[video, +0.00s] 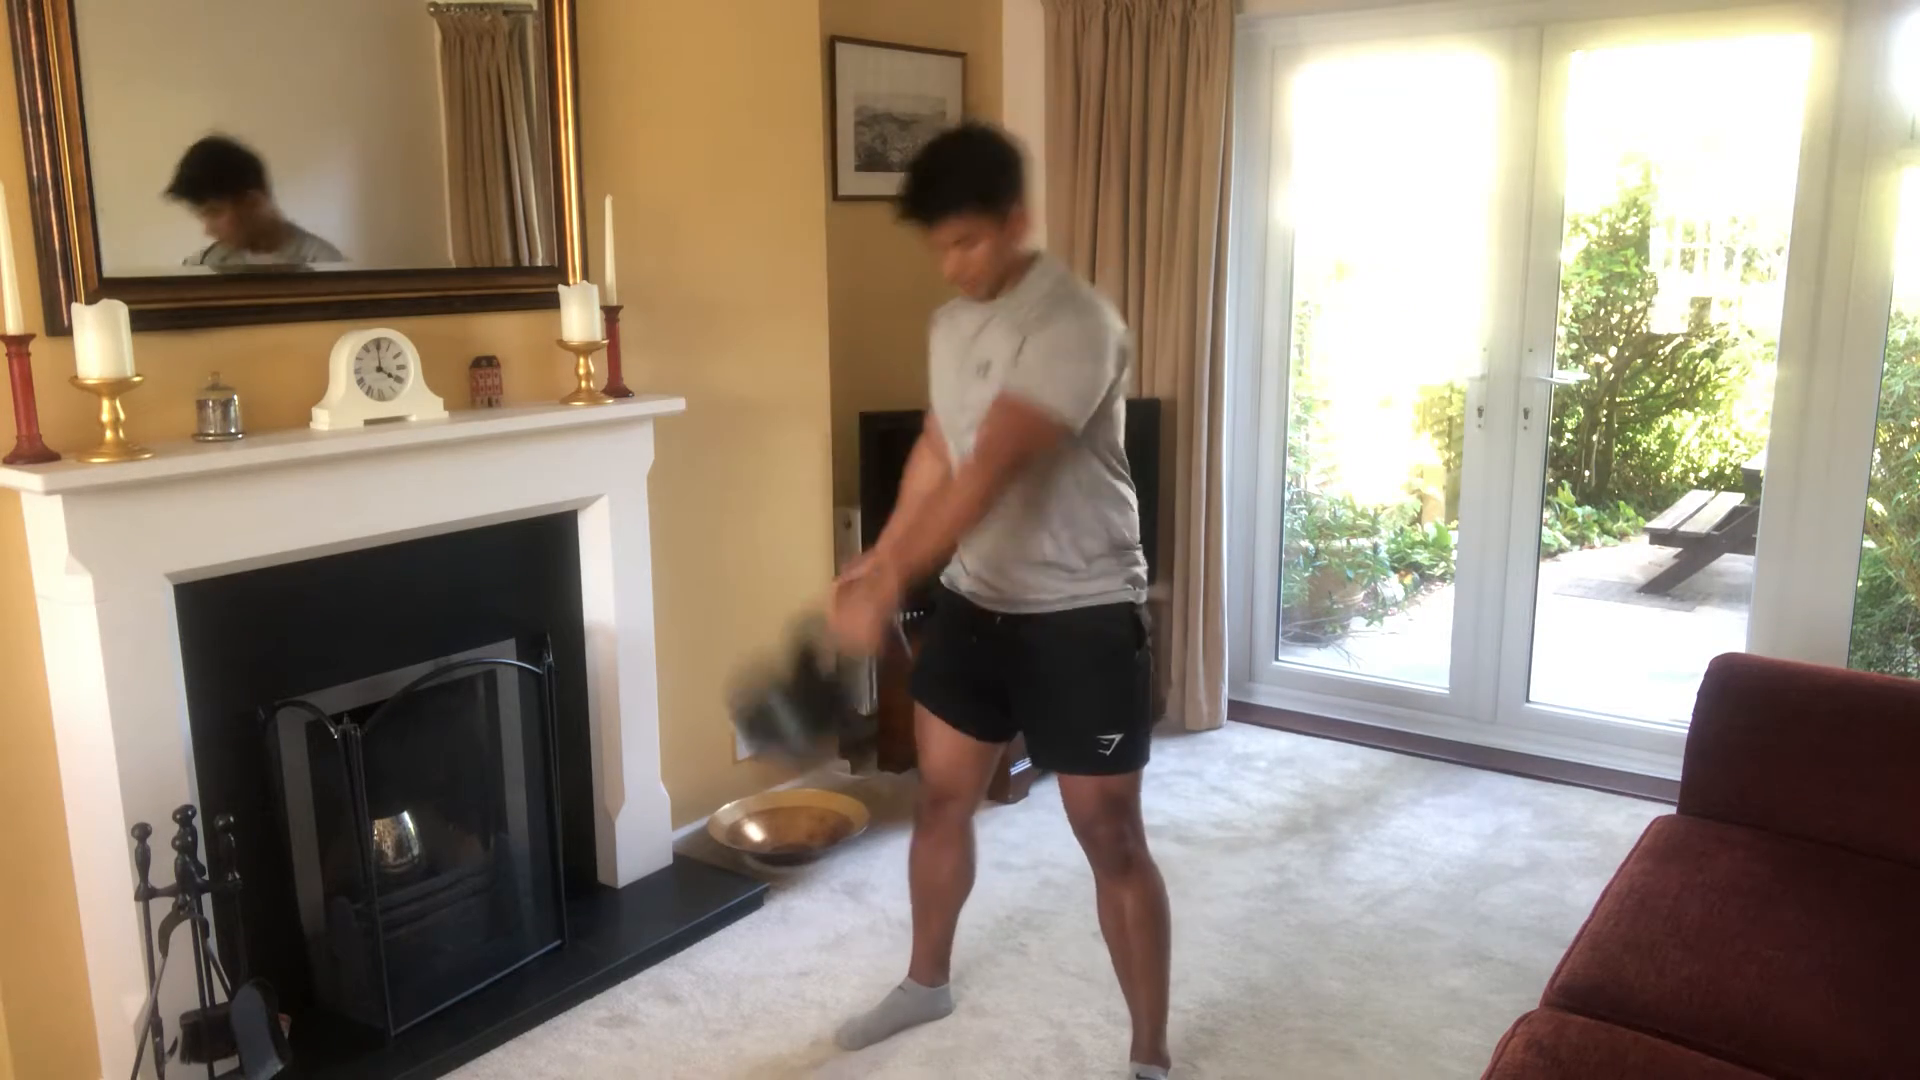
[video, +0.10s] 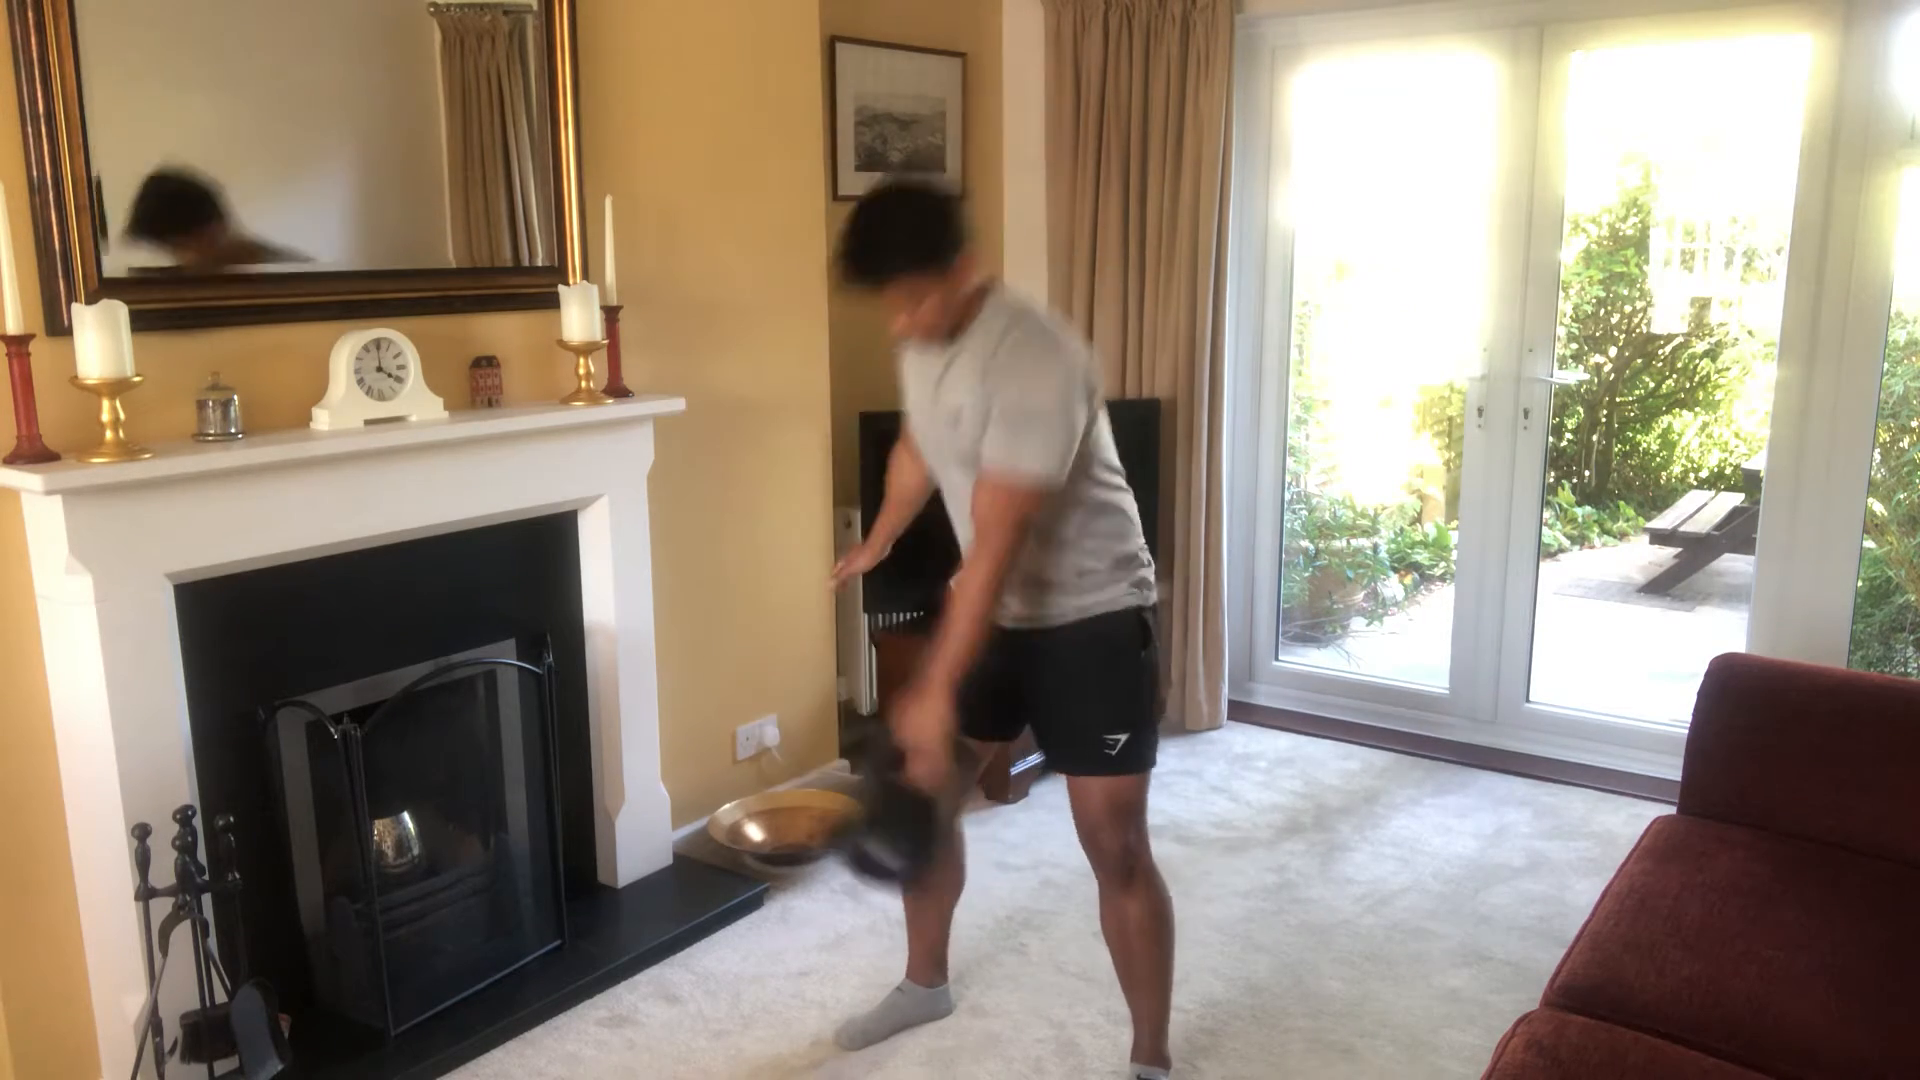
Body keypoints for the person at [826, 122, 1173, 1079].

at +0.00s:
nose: (952, 262)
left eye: (968, 240)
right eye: (939, 245)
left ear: (1019, 220)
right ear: (928, 238)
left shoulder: (1076, 320)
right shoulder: (952, 321)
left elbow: (990, 468)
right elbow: (935, 449)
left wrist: (885, 582)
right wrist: (882, 561)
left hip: (1082, 613)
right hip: (974, 603)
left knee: (1109, 835)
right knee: (941, 799)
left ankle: (1150, 1053)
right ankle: (926, 983)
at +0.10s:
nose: (897, 317)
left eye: (909, 296)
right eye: (887, 301)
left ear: (960, 270)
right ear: (883, 287)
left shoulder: (1038, 357)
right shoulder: (922, 343)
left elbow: (996, 549)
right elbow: (920, 450)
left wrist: (933, 692)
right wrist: (878, 541)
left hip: (1093, 615)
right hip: (991, 605)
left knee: (1115, 843)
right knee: (926, 780)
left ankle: (1151, 1056)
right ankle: (926, 980)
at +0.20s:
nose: (841, 414)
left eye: (845, 395)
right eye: (830, 398)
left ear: (888, 363)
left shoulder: (997, 436)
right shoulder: (889, 399)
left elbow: (1006, 627)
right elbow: (898, 468)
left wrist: (995, 766)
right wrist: (885, 530)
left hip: (1102, 627)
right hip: (996, 616)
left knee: (1125, 857)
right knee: (911, 800)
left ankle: (1153, 1060)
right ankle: (924, 984)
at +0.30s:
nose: (811, 552)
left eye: (809, 535)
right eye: (798, 541)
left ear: (840, 505)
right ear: (831, 471)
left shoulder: (974, 548)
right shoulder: (872, 452)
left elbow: (1024, 678)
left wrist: (1051, 764)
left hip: (1110, 637)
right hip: (1004, 623)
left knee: (1127, 863)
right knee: (902, 805)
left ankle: (1154, 1061)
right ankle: (924, 984)